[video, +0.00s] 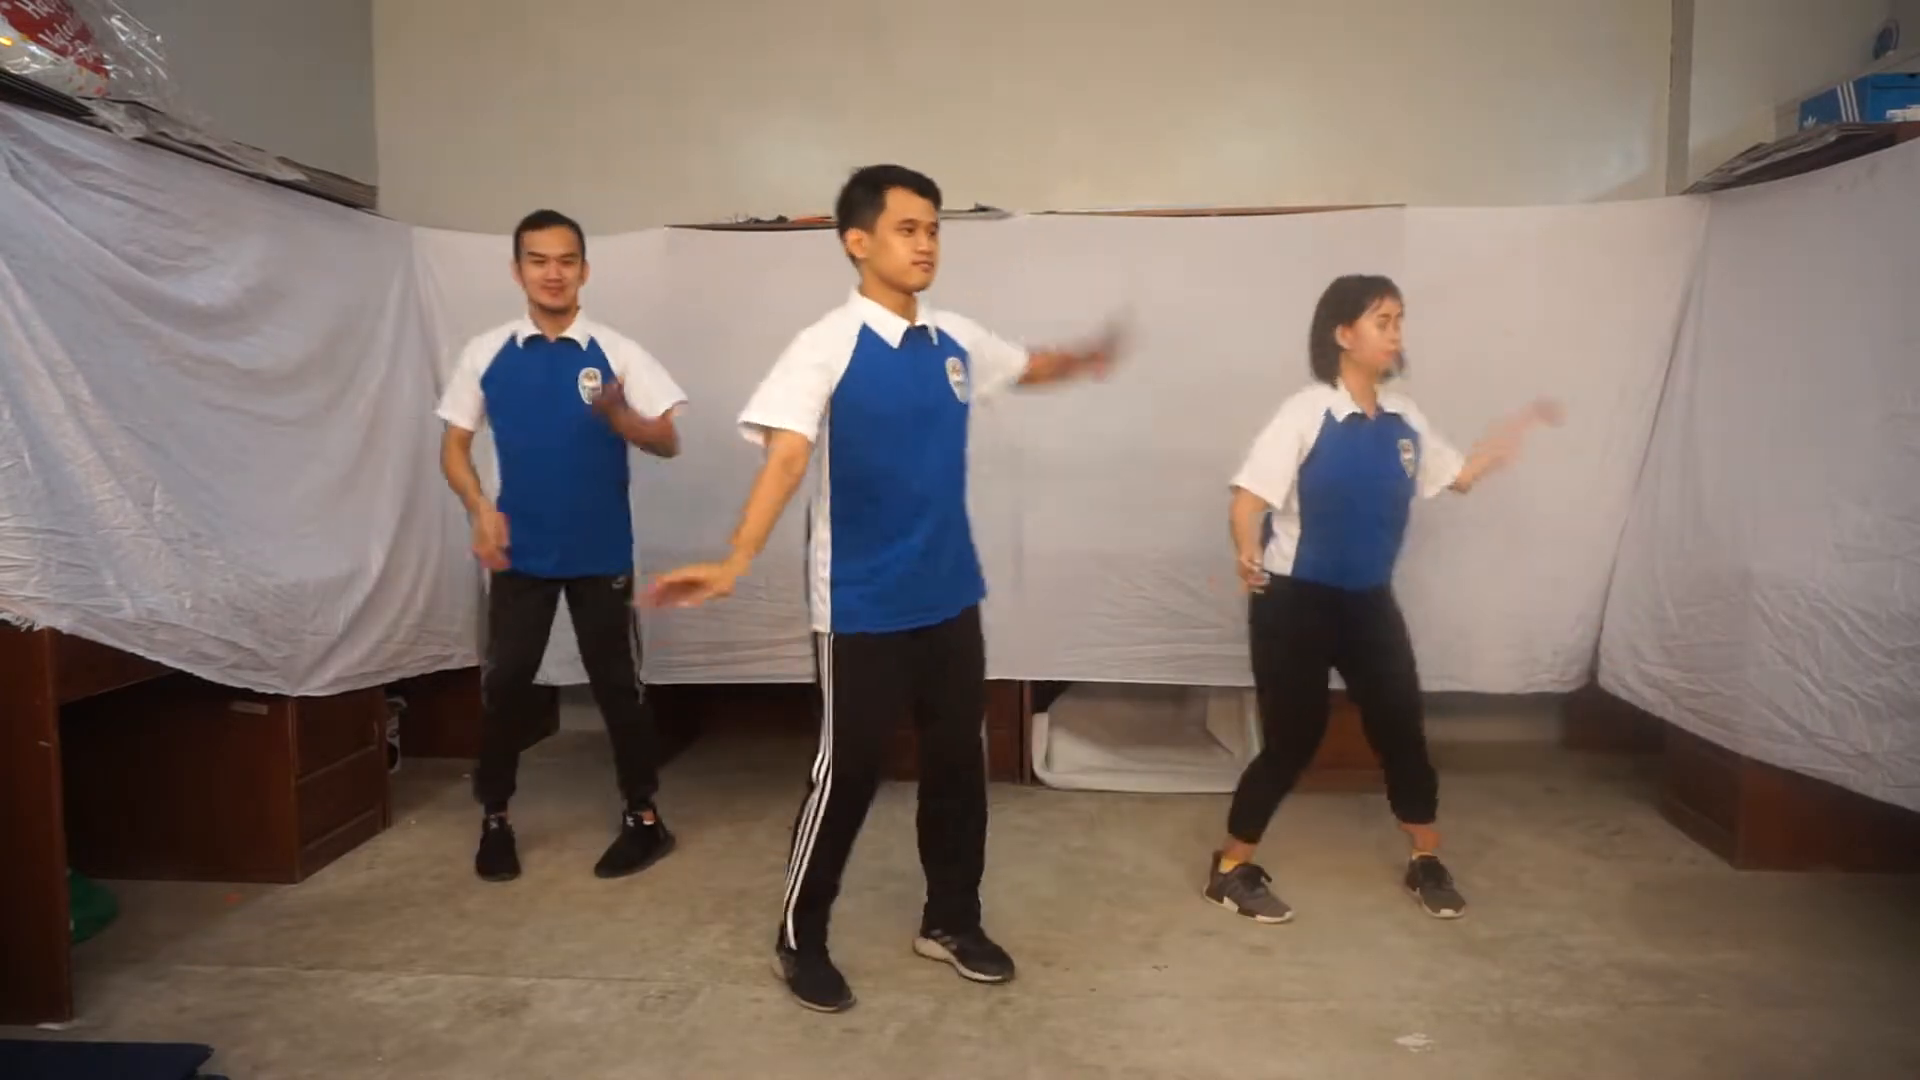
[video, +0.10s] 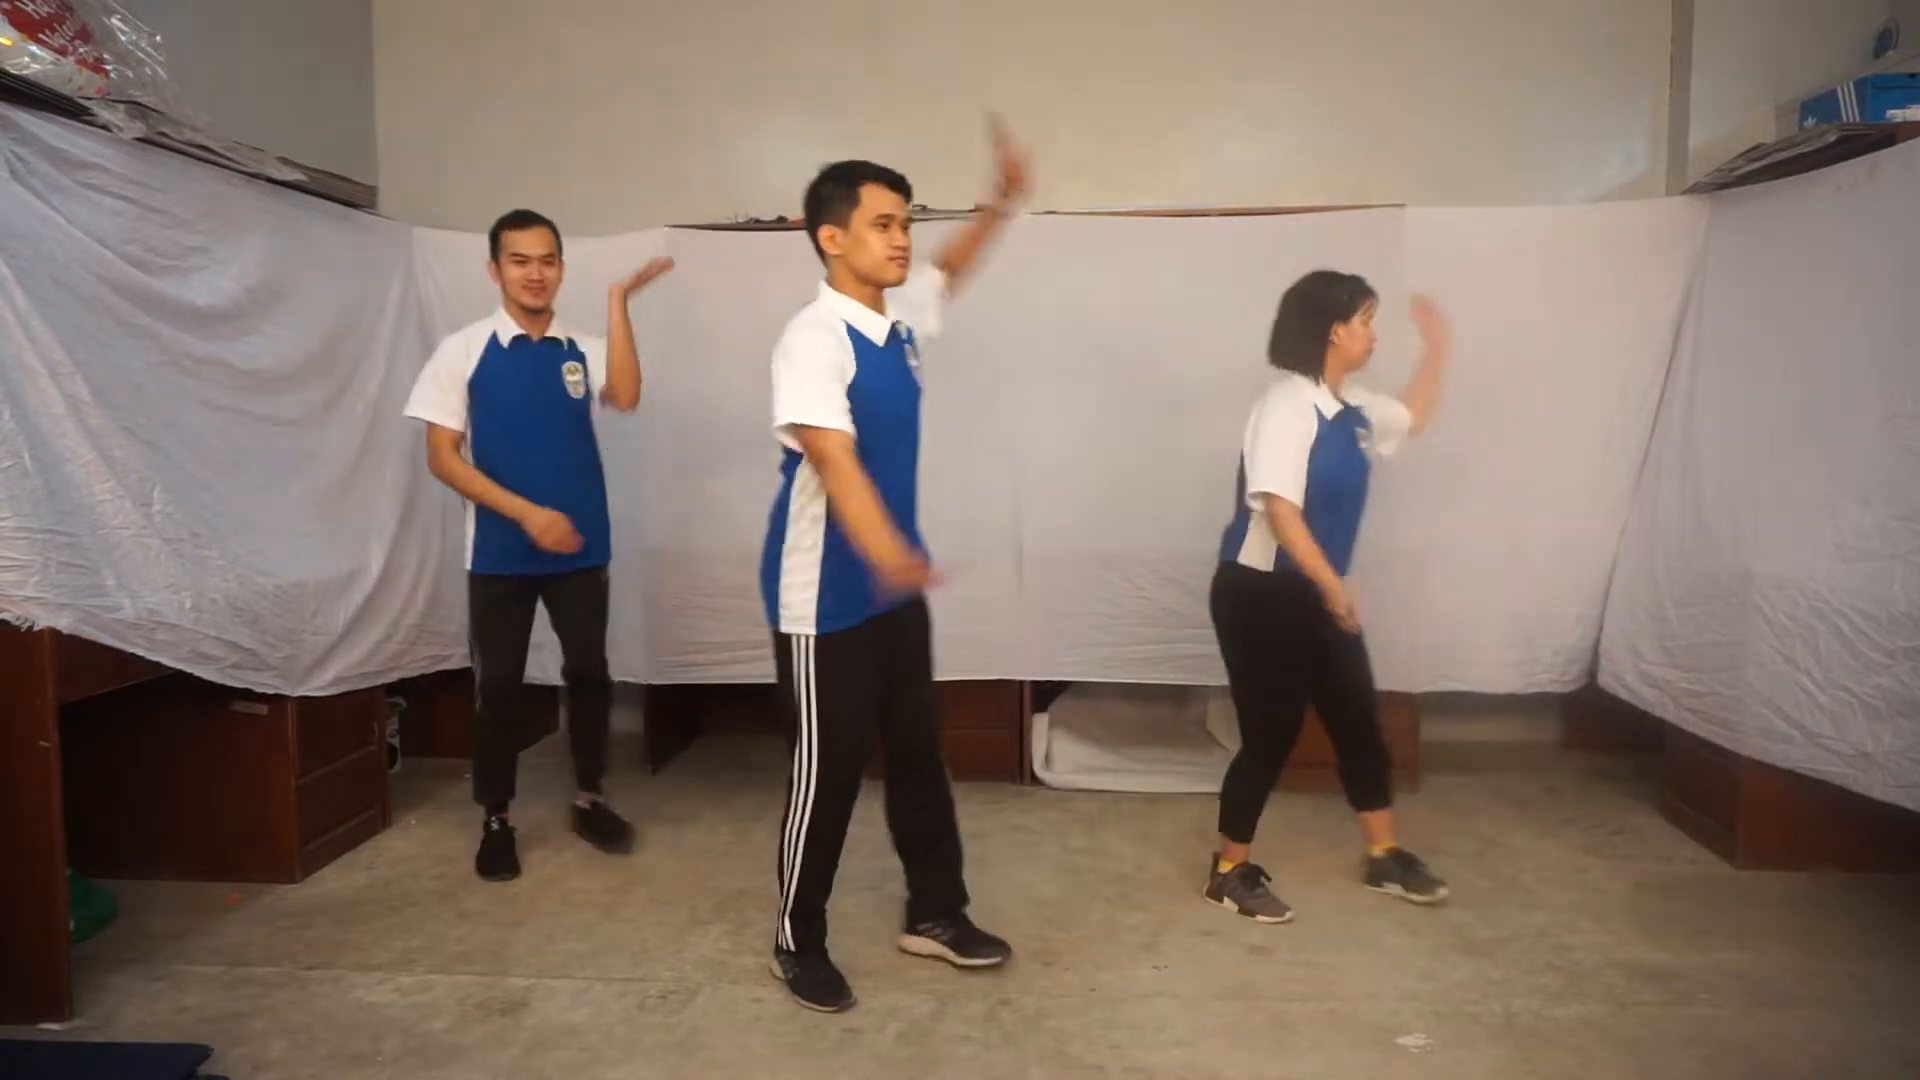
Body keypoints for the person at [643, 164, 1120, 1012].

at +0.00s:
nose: (928, 245)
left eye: (933, 231)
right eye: (909, 230)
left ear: (935, 243)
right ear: (858, 241)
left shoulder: (954, 335)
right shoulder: (826, 346)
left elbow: (1028, 366)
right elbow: (786, 461)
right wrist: (735, 564)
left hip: (949, 597)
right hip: (861, 607)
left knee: (957, 762)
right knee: (850, 770)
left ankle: (951, 919)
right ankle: (800, 937)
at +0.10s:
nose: (903, 240)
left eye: (906, 225)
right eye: (884, 225)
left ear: (905, 238)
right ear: (830, 240)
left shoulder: (901, 312)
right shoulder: (813, 337)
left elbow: (949, 265)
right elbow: (833, 460)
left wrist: (1002, 200)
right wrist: (889, 549)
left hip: (894, 575)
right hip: (823, 587)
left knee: (915, 750)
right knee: (828, 763)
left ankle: (936, 913)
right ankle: (799, 937)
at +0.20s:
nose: (879, 240)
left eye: (878, 223)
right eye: (860, 227)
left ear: (842, 235)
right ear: (808, 240)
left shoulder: (837, 305)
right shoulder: (806, 333)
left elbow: (853, 200)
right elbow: (877, 466)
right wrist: (987, 550)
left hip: (841, 579)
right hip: (790, 593)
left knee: (879, 736)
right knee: (811, 770)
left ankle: (830, 888)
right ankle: (798, 938)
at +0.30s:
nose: (855, 242)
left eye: (853, 225)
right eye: (837, 227)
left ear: (788, 235)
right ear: (780, 237)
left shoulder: (768, 303)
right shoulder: (800, 339)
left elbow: (774, 196)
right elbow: (868, 465)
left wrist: (756, 78)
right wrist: (967, 549)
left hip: (771, 581)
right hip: (786, 596)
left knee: (789, 746)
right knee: (806, 773)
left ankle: (695, 876)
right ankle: (801, 950)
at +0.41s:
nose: (830, 242)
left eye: (829, 226)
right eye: (813, 229)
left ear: (761, 241)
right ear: (759, 242)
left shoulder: (733, 298)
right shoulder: (783, 334)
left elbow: (718, 197)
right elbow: (840, 473)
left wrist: (682, 94)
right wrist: (891, 535)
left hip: (721, 576)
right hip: (767, 593)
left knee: (719, 746)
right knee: (799, 772)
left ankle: (586, 888)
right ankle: (800, 944)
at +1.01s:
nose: (844, 253)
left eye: (841, 237)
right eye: (828, 241)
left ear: (771, 253)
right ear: (776, 254)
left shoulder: (747, 320)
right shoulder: (796, 339)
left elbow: (776, 247)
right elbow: (822, 488)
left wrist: (795, 189)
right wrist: (846, 519)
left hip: (729, 581)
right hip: (763, 591)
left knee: (739, 740)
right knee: (782, 754)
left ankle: (620, 861)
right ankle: (756, 927)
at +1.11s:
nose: (880, 240)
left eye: (879, 224)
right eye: (864, 227)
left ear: (826, 240)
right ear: (811, 241)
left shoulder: (831, 313)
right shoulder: (815, 330)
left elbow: (835, 378)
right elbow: (846, 472)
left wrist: (879, 342)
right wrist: (888, 506)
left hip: (834, 575)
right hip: (789, 586)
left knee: (869, 711)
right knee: (783, 757)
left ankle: (745, 834)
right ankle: (753, 929)